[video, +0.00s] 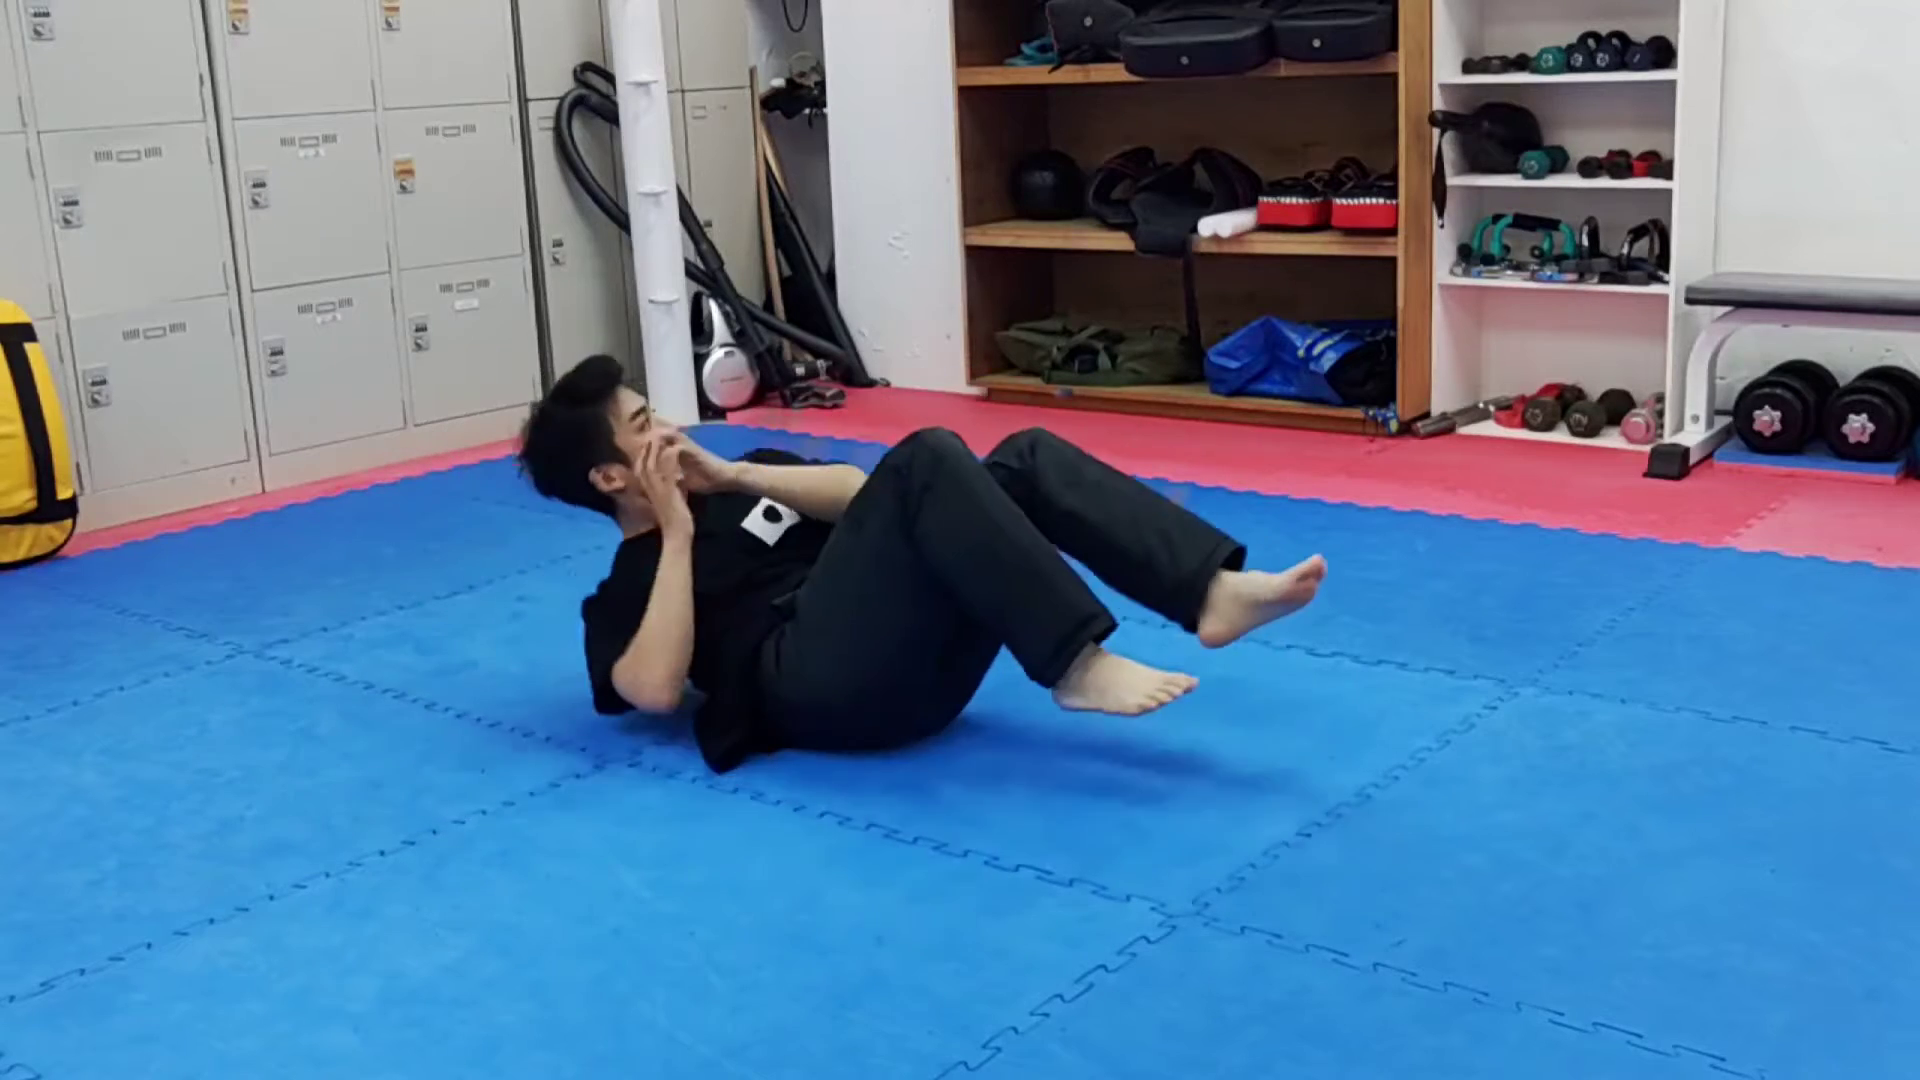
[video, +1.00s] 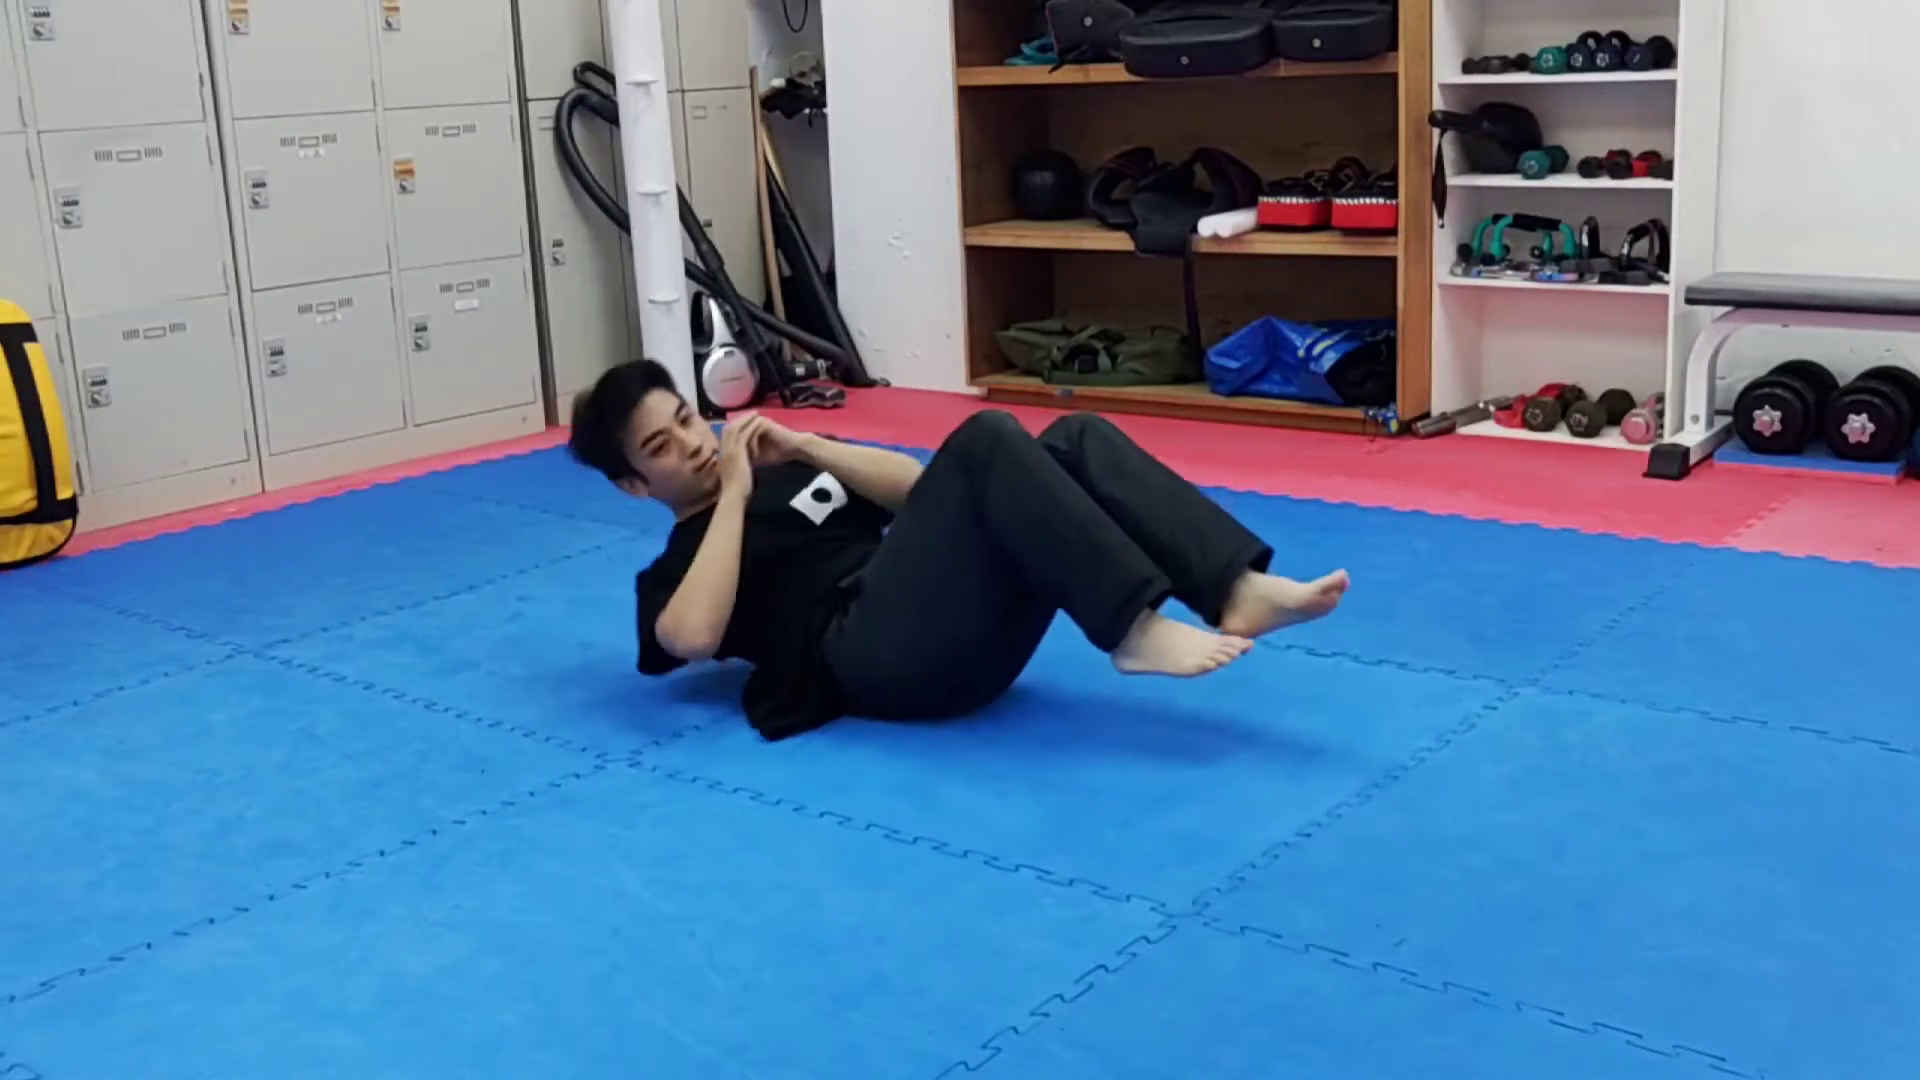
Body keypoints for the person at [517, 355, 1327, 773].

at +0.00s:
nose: (659, 436)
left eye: (649, 417)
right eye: (634, 437)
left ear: (663, 418)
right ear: (604, 483)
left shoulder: (752, 474)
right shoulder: (619, 593)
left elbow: (876, 492)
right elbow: (654, 691)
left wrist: (737, 479)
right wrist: (671, 532)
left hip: (920, 648)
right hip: (829, 693)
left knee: (1028, 457)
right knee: (923, 456)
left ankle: (1210, 590)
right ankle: (1074, 662)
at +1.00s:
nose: (690, 442)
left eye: (684, 421)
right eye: (661, 448)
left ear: (702, 413)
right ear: (636, 484)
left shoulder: (797, 470)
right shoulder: (674, 565)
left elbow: (932, 496)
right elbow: (690, 639)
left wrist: (814, 450)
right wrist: (735, 496)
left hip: (971, 625)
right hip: (884, 665)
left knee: (1075, 436)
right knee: (983, 439)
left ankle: (1235, 585)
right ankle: (1134, 629)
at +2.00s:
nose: (806, 392)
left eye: (806, 372)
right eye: (778, 389)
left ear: (822, 371)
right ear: (738, 422)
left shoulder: (877, 443)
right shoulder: (748, 507)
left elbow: (1000, 485)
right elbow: (779, 575)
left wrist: (909, 431)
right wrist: (840, 453)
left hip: (1028, 610)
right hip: (947, 631)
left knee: (1160, 444)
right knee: (1075, 427)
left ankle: (1293, 599)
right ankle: (1204, 624)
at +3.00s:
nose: (838, 403)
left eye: (836, 389)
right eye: (814, 392)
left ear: (836, 401)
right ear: (760, 419)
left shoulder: (868, 478)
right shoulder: (755, 498)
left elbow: (993, 505)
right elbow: (836, 523)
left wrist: (949, 429)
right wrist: (887, 426)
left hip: (1039, 593)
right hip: (973, 619)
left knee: (1147, 424)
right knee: (1064, 423)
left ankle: (1295, 574)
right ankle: (1212, 598)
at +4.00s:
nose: (819, 435)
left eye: (816, 425)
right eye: (792, 435)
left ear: (827, 436)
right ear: (761, 481)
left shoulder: (885, 485)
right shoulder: (776, 550)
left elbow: (990, 477)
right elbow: (848, 523)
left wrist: (925, 423)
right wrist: (856, 422)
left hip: (1054, 539)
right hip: (1007, 584)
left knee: (1047, 346)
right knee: (997, 403)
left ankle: (1244, 419)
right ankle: (1210, 481)